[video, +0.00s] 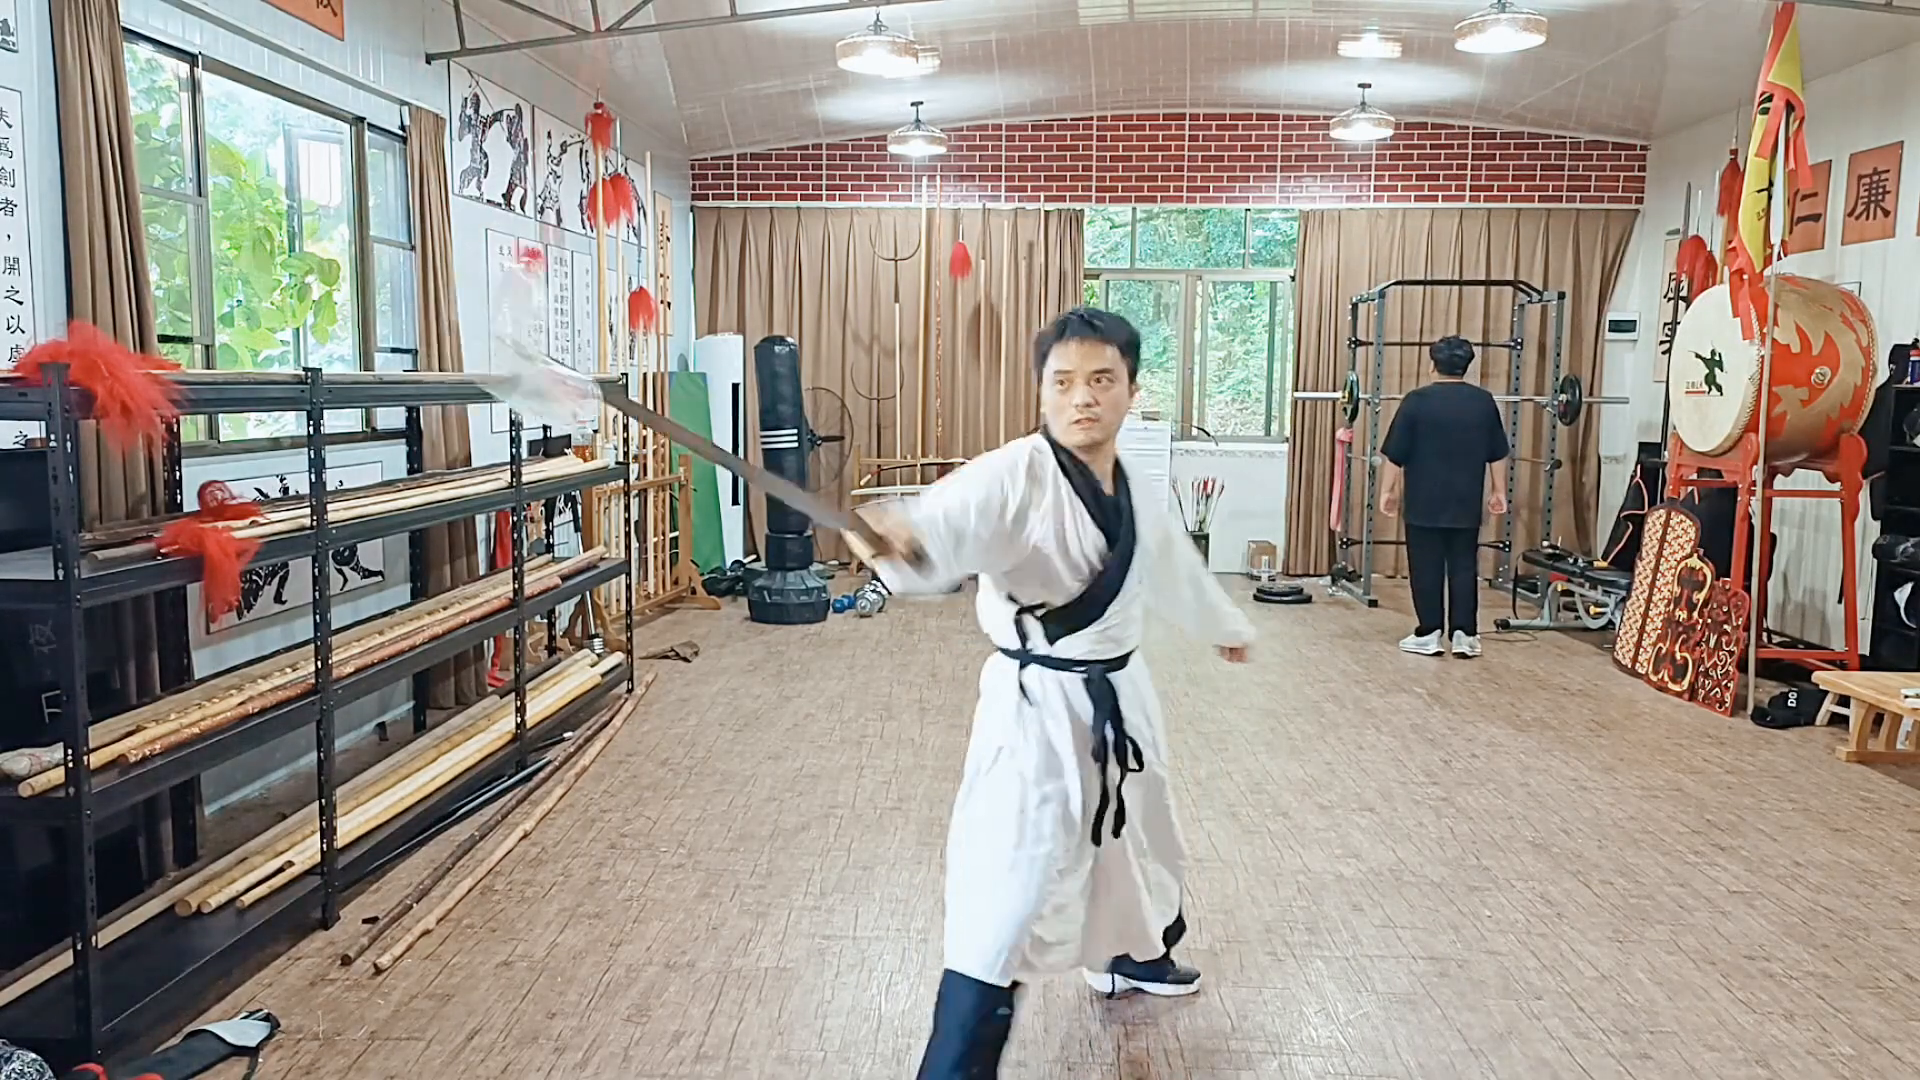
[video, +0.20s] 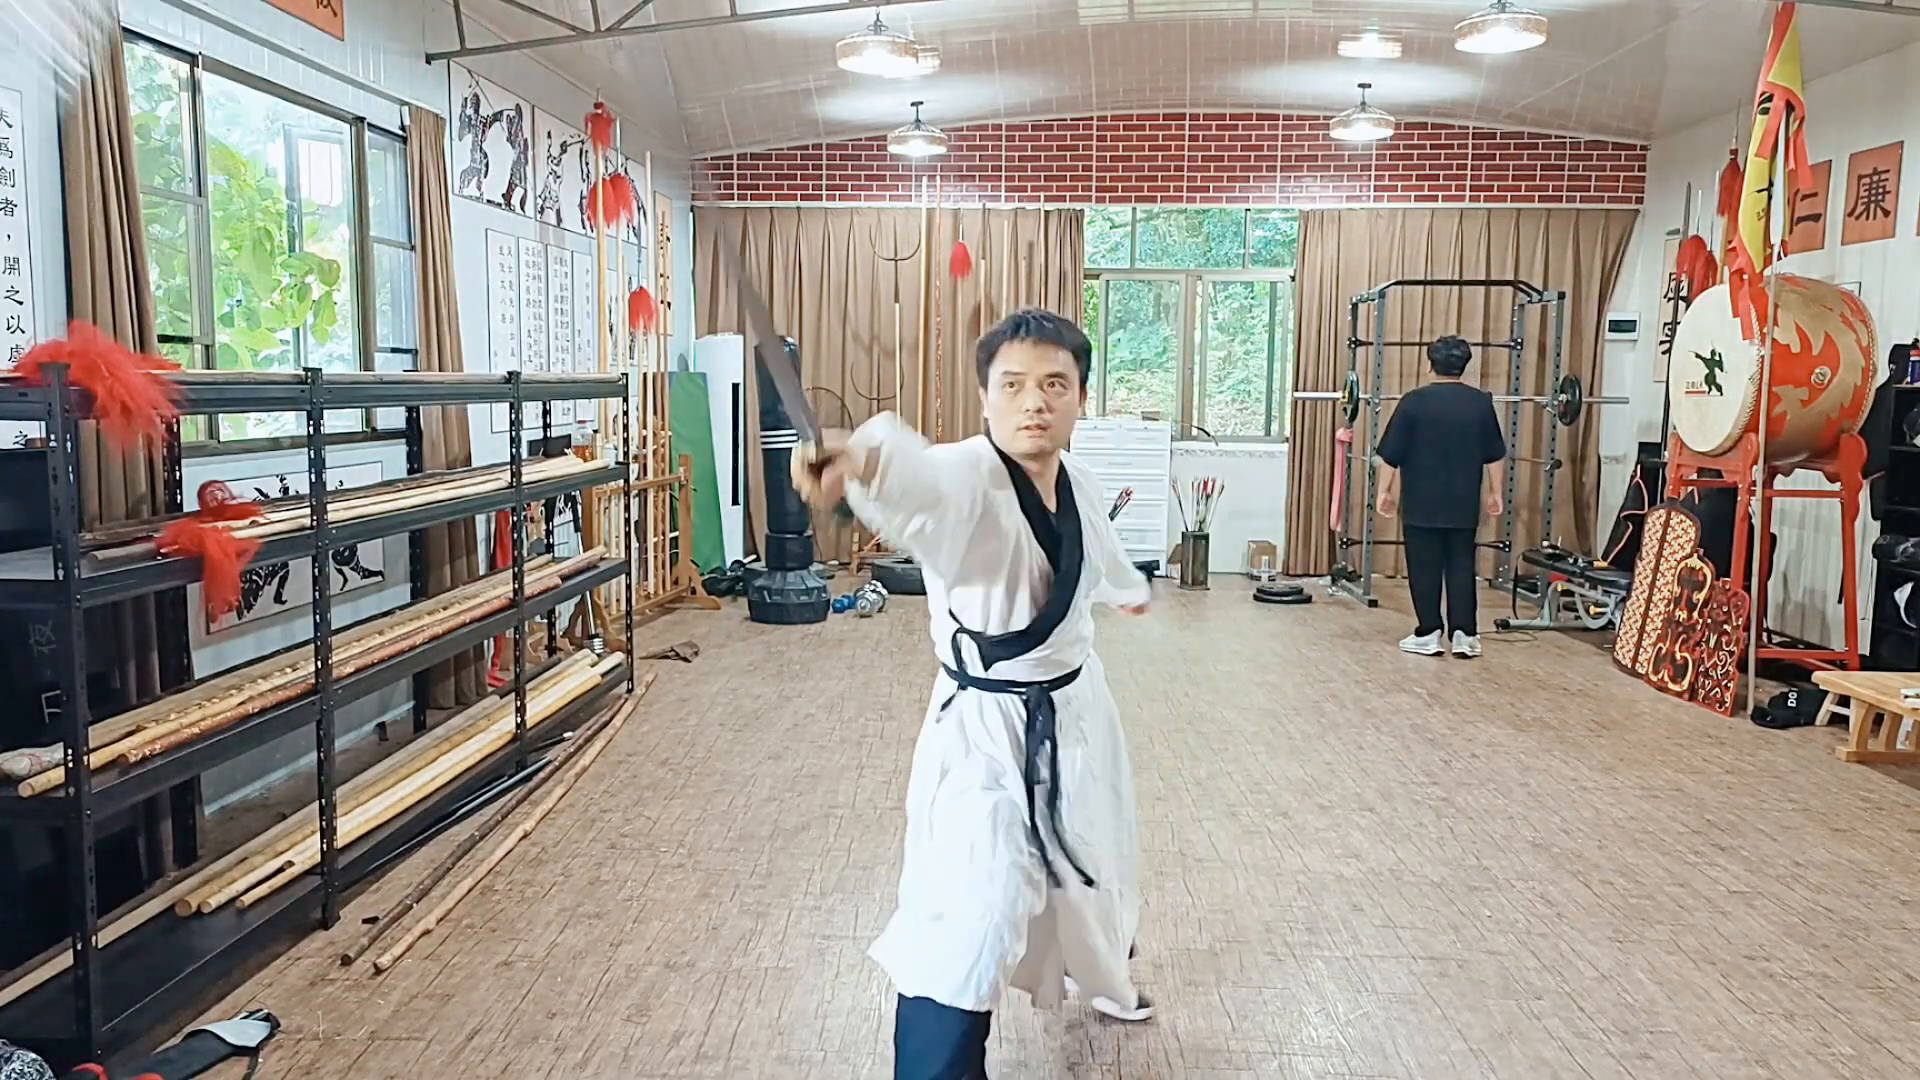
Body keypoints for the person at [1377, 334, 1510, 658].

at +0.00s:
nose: (1429, 365)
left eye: (1432, 361)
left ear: (1434, 365)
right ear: (1466, 367)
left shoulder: (1417, 400)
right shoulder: (1482, 400)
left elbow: (1395, 453)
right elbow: (1497, 452)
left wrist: (1387, 489)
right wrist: (1499, 490)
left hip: (1423, 504)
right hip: (1466, 505)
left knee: (1425, 568)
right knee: (1464, 567)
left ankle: (1428, 634)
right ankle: (1464, 635)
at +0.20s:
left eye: (1430, 360)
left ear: (1431, 365)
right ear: (1464, 366)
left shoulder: (1414, 401)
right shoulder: (1480, 401)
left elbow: (1390, 454)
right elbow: (1495, 453)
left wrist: (1384, 490)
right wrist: (1496, 491)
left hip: (1421, 505)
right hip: (1463, 506)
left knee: (1423, 570)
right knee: (1461, 568)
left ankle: (1428, 635)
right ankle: (1464, 636)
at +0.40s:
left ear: (1428, 366)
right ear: (1461, 367)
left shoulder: (1409, 402)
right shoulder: (1477, 404)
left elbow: (1387, 455)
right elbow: (1491, 457)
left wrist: (1383, 490)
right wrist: (1489, 494)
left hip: (1418, 506)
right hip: (1461, 506)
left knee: (1422, 570)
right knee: (1460, 569)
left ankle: (1427, 635)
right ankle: (1464, 636)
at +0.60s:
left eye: (1424, 362)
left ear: (1424, 367)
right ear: (1458, 368)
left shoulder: (1407, 404)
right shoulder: (1474, 404)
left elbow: (1386, 457)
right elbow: (1490, 457)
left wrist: (1382, 492)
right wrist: (1489, 493)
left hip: (1418, 507)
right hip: (1462, 507)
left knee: (1422, 570)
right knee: (1464, 564)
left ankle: (1428, 634)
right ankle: (1470, 624)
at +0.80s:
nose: (1426, 366)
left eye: (1428, 363)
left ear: (1430, 367)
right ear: (1463, 369)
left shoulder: (1412, 404)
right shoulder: (1478, 404)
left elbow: (1391, 455)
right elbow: (1494, 454)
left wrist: (1386, 491)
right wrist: (1497, 492)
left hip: (1421, 507)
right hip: (1465, 507)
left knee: (1423, 571)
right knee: (1473, 567)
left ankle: (1428, 635)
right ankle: (1485, 633)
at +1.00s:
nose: (1438, 368)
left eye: (1440, 364)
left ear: (1442, 368)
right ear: (1475, 369)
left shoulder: (1425, 404)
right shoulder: (1490, 405)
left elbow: (1402, 456)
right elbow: (1503, 456)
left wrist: (1394, 493)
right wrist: (1507, 494)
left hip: (1430, 508)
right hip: (1474, 508)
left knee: (1429, 571)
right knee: (1476, 570)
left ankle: (1429, 634)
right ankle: (1486, 635)